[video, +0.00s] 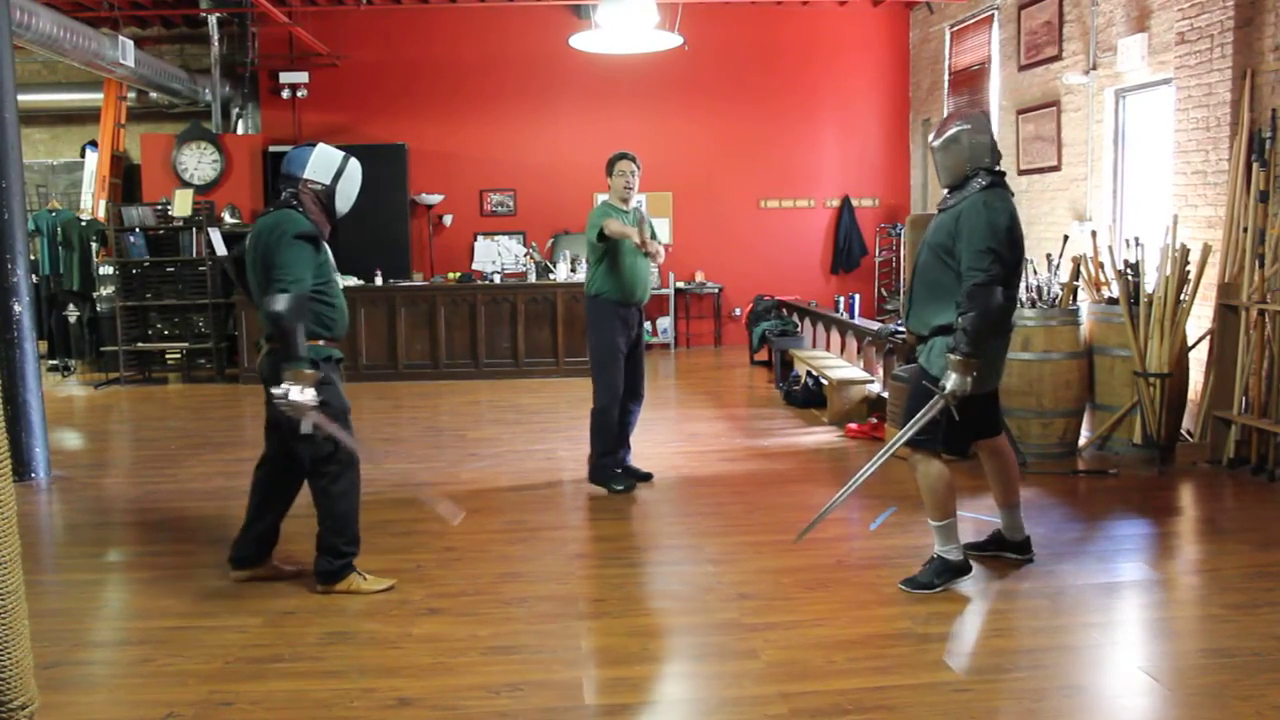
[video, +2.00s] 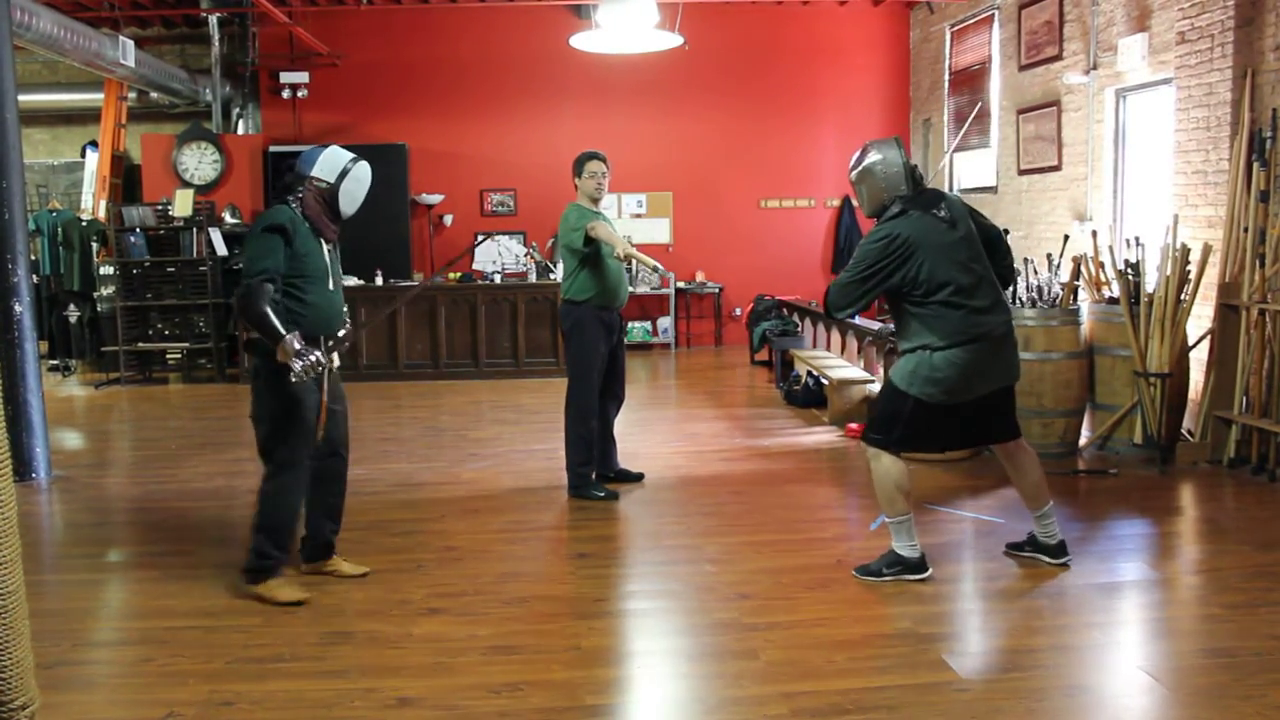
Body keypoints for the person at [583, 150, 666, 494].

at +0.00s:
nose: (629, 179)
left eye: (634, 174)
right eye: (622, 174)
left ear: (639, 181)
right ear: (609, 180)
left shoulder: (642, 220)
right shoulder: (600, 213)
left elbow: (659, 255)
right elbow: (612, 229)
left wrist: (653, 249)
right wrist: (639, 240)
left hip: (633, 311)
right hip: (606, 309)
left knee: (632, 392)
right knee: (610, 391)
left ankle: (619, 459)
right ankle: (601, 467)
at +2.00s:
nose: (601, 181)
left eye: (605, 176)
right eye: (593, 175)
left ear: (608, 181)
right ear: (577, 181)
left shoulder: (603, 218)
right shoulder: (574, 213)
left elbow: (615, 251)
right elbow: (595, 229)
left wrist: (633, 257)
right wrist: (620, 245)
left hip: (609, 316)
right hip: (584, 316)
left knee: (610, 395)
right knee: (583, 398)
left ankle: (606, 466)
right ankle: (580, 480)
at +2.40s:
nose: (599, 180)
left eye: (603, 175)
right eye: (591, 175)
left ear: (608, 181)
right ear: (577, 180)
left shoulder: (603, 219)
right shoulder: (573, 213)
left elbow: (615, 244)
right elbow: (594, 228)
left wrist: (627, 251)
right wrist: (617, 245)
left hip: (608, 315)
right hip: (583, 315)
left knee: (610, 395)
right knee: (584, 397)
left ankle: (606, 467)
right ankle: (580, 480)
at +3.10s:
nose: (599, 182)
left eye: (604, 176)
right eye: (592, 176)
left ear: (608, 182)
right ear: (577, 181)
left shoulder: (604, 219)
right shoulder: (573, 213)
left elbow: (619, 248)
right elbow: (593, 229)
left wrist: (625, 251)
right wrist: (614, 245)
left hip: (609, 315)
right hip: (583, 315)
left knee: (611, 394)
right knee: (585, 397)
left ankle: (607, 467)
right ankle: (581, 480)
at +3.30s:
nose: (599, 181)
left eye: (604, 176)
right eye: (592, 175)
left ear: (608, 181)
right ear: (577, 180)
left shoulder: (605, 219)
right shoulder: (573, 213)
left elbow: (621, 249)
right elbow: (593, 230)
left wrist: (625, 250)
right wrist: (614, 245)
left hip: (609, 314)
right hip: (583, 315)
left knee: (612, 394)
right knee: (585, 397)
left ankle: (608, 466)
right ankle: (582, 480)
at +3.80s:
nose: (598, 181)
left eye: (602, 175)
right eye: (590, 175)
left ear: (607, 180)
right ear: (576, 180)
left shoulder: (604, 219)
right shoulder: (572, 214)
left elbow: (620, 250)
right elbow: (592, 231)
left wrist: (625, 252)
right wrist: (614, 247)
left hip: (610, 314)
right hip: (584, 315)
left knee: (613, 394)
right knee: (586, 397)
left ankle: (608, 467)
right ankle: (583, 480)